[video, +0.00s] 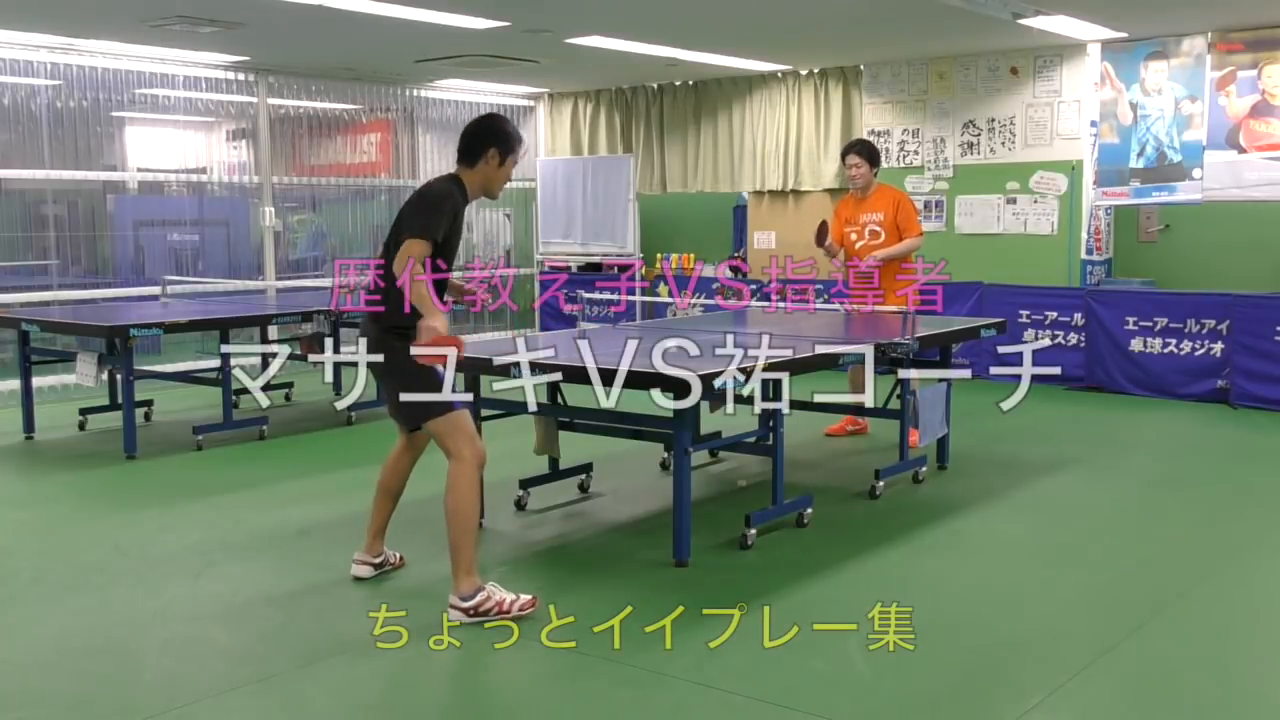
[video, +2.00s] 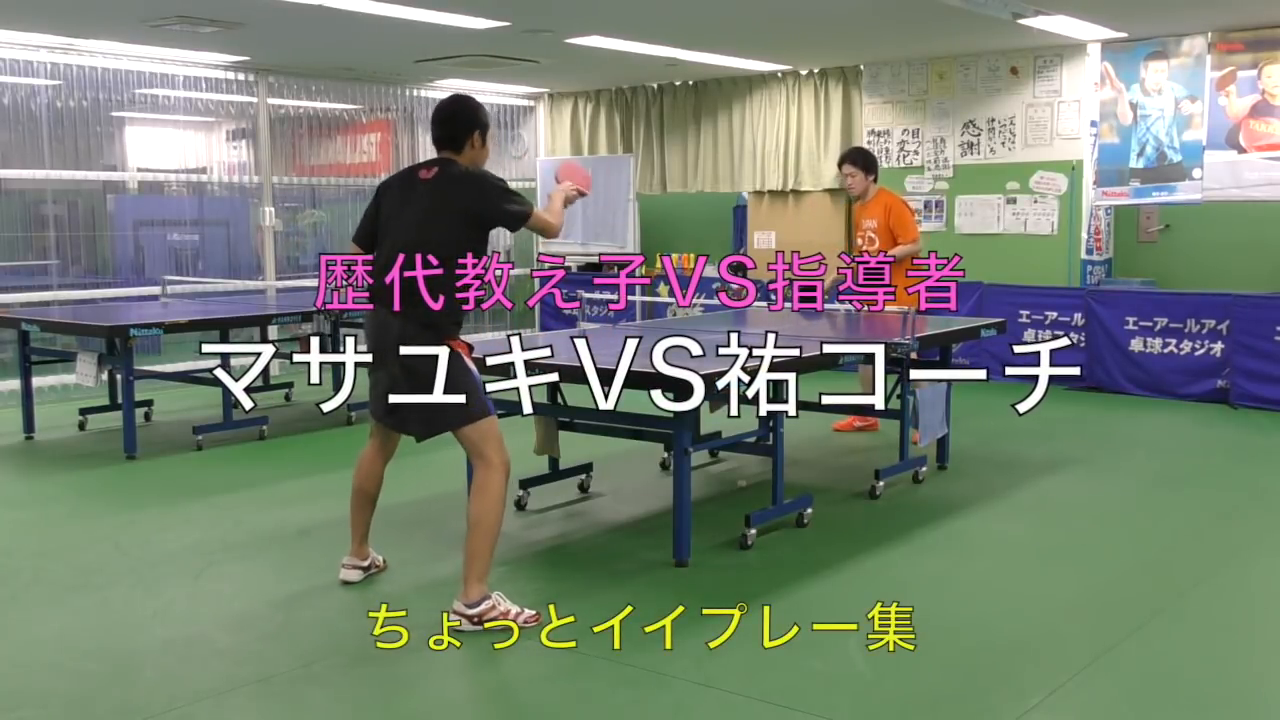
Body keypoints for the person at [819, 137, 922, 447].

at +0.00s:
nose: (853, 172)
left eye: (858, 165)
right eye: (848, 167)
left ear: (873, 167)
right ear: (844, 170)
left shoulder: (895, 198)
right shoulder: (843, 206)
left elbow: (915, 239)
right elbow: (838, 252)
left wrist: (879, 254)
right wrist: (829, 246)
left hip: (896, 293)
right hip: (860, 293)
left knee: (903, 356)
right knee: (856, 353)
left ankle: (912, 423)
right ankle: (857, 416)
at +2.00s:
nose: (847, 182)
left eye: (852, 176)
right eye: (844, 177)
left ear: (870, 175)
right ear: (843, 177)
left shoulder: (892, 203)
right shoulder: (858, 208)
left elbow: (913, 245)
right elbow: (860, 254)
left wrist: (882, 258)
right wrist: (835, 279)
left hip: (900, 298)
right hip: (870, 298)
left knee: (912, 359)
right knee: (866, 354)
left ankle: (926, 417)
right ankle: (867, 413)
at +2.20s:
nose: (844, 185)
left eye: (848, 179)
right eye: (842, 179)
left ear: (867, 177)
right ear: (846, 180)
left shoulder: (896, 203)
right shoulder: (853, 211)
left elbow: (918, 244)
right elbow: (832, 248)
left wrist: (884, 256)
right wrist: (797, 259)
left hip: (906, 296)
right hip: (872, 298)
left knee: (914, 358)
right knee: (870, 353)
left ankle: (925, 420)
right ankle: (868, 413)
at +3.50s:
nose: (855, 172)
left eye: (861, 166)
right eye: (852, 167)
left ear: (877, 167)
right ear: (849, 170)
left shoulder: (897, 198)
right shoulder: (855, 206)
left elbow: (918, 238)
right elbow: (852, 249)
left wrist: (886, 244)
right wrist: (834, 271)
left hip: (901, 295)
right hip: (869, 296)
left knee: (911, 359)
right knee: (869, 354)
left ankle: (924, 418)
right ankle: (867, 413)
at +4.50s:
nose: (853, 185)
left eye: (857, 179)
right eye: (850, 179)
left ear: (874, 176)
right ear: (850, 179)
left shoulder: (897, 205)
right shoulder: (866, 208)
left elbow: (919, 247)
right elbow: (876, 250)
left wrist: (878, 258)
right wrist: (852, 270)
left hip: (908, 300)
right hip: (880, 298)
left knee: (909, 360)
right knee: (871, 356)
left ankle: (928, 419)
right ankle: (868, 414)